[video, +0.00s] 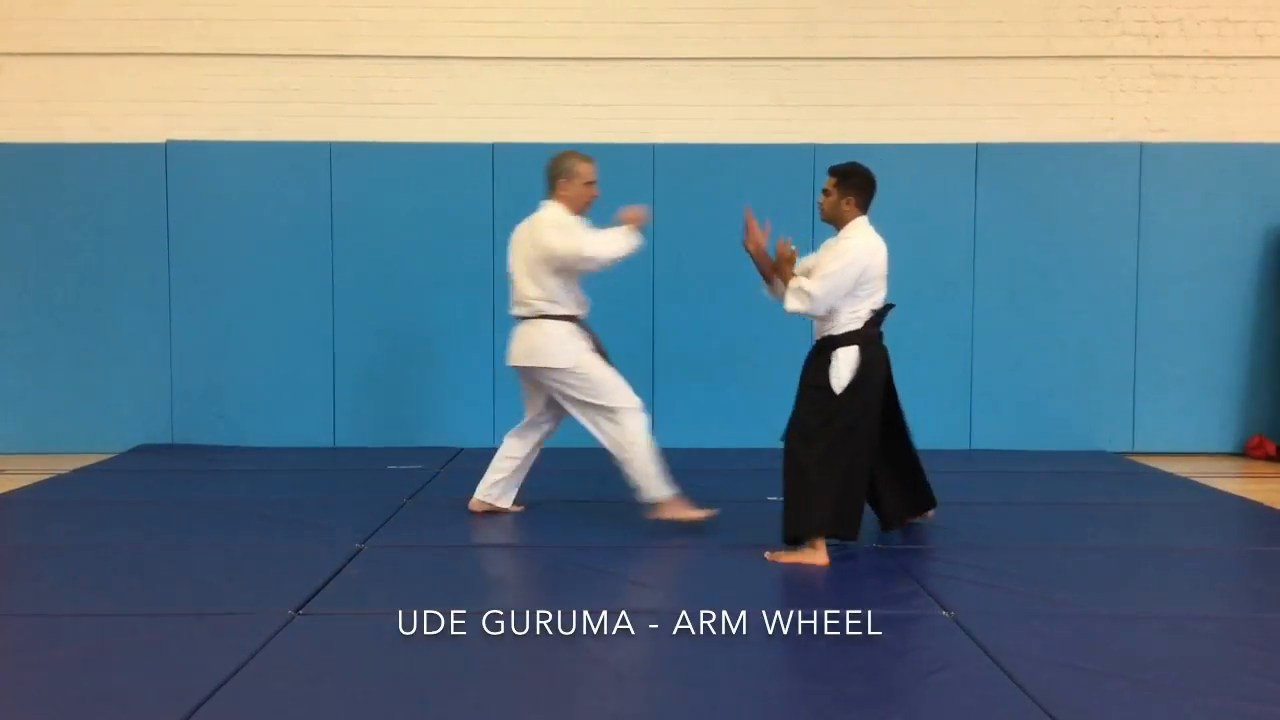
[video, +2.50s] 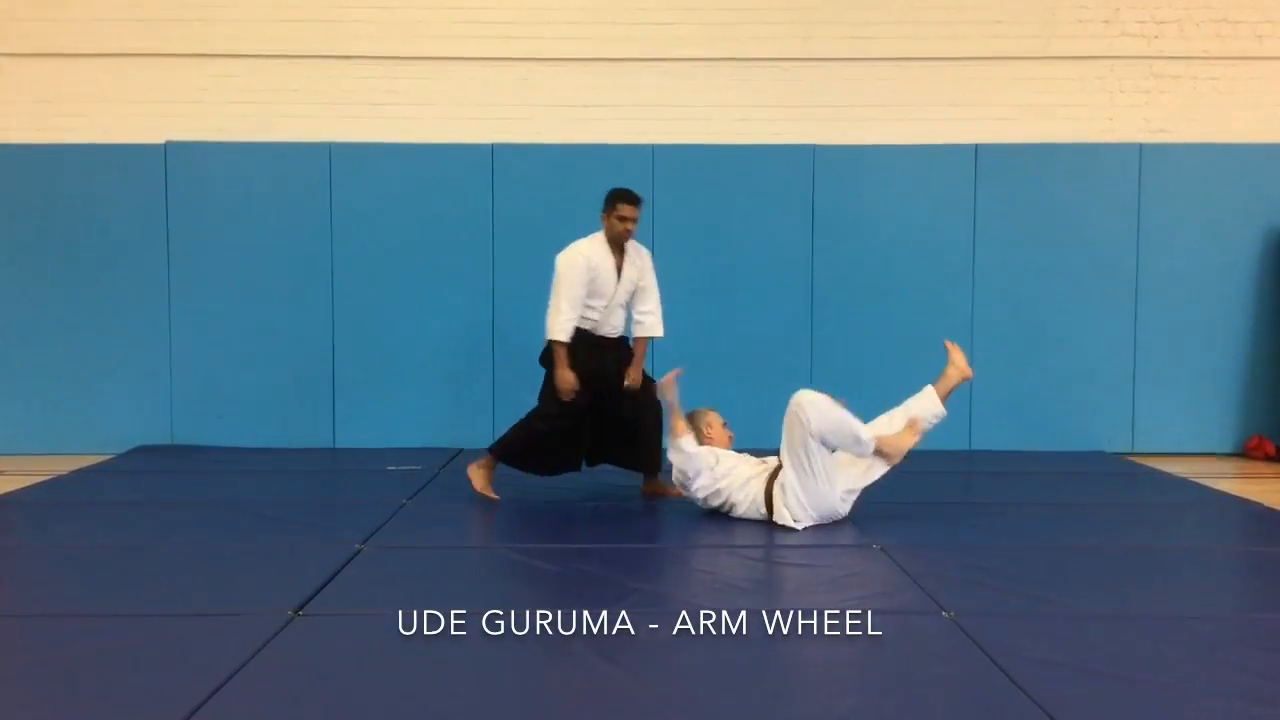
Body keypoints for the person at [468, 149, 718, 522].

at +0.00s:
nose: (594, 193)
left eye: (594, 184)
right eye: (588, 184)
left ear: (561, 187)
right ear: (563, 186)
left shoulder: (525, 228)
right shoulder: (556, 223)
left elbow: (547, 294)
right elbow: (587, 253)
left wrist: (583, 336)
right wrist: (628, 230)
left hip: (527, 340)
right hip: (555, 339)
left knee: (540, 419)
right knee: (624, 409)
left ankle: (489, 496)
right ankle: (663, 499)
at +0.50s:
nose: (716, 177)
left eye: (715, 170)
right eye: (711, 171)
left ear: (676, 174)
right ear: (694, 173)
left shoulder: (634, 210)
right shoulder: (716, 214)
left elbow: (601, 262)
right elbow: (777, 224)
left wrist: (581, 311)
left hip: (624, 325)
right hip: (668, 327)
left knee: (614, 411)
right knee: (707, 420)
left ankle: (570, 487)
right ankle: (710, 515)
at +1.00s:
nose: (729, 202)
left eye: (728, 196)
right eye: (728, 197)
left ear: (690, 194)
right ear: (718, 195)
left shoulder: (651, 220)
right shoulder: (727, 221)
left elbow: (622, 277)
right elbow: (762, 197)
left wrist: (644, 309)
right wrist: (775, 173)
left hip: (632, 318)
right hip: (678, 321)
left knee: (604, 413)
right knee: (714, 416)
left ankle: (572, 497)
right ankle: (710, 514)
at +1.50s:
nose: (794, 289)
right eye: (798, 284)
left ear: (774, 253)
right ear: (797, 279)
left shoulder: (739, 246)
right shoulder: (790, 307)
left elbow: (683, 269)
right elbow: (749, 365)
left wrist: (641, 302)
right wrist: (728, 395)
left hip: (671, 304)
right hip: (710, 339)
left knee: (600, 362)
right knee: (673, 423)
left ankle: (538, 403)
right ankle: (632, 507)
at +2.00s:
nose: (642, 277)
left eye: (647, 271)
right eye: (639, 268)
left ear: (650, 269)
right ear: (622, 260)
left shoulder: (643, 293)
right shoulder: (589, 287)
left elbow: (642, 339)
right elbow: (583, 347)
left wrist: (631, 382)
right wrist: (609, 393)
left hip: (607, 364)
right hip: (565, 364)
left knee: (652, 398)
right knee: (539, 430)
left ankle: (653, 477)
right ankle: (462, 463)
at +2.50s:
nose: (629, 227)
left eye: (634, 221)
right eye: (623, 220)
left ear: (638, 222)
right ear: (605, 218)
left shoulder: (640, 257)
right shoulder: (577, 255)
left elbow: (645, 312)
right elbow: (560, 312)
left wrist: (637, 362)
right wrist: (561, 365)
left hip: (613, 350)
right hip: (575, 346)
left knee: (647, 400)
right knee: (552, 415)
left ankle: (652, 482)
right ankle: (485, 465)